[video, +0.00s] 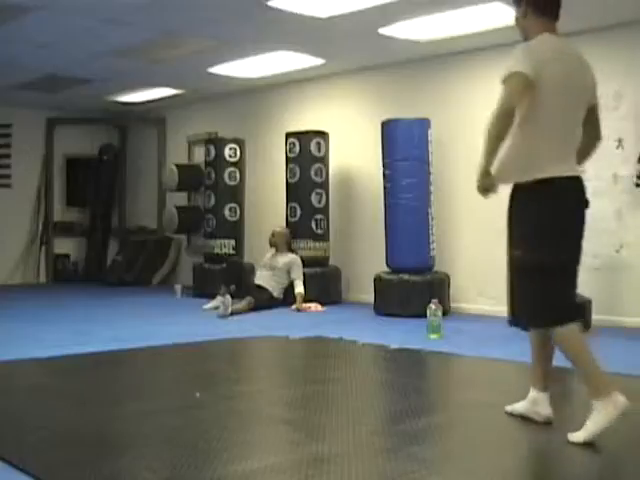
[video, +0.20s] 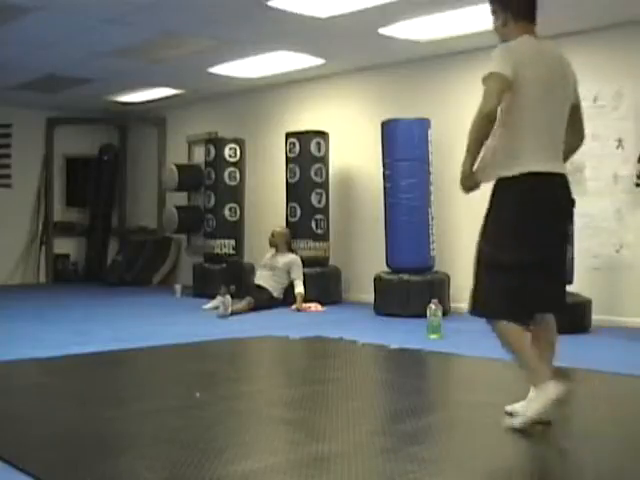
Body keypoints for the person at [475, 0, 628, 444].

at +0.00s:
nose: (516, 23)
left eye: (518, 15)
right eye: (517, 15)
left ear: (528, 13)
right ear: (556, 15)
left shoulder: (530, 54)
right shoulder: (579, 62)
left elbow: (505, 111)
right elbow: (592, 133)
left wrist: (485, 165)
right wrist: (562, 168)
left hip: (535, 192)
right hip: (568, 190)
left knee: (546, 302)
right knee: (542, 299)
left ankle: (606, 396)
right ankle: (538, 397)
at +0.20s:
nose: (494, 28)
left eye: (495, 19)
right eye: (495, 20)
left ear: (504, 17)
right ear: (533, 17)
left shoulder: (509, 53)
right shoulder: (561, 61)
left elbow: (487, 111)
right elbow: (576, 135)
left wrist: (467, 167)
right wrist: (542, 165)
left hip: (516, 189)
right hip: (555, 188)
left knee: (493, 300)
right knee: (544, 298)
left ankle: (543, 383)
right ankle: (540, 399)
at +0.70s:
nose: (435, 37)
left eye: (436, 30)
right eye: (437, 30)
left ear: (445, 27)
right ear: (473, 27)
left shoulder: (438, 65)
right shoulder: (503, 67)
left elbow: (422, 121)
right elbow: (534, 127)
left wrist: (419, 177)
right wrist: (505, 162)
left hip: (460, 192)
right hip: (502, 189)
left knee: (451, 291)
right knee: (512, 285)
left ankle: (446, 387)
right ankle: (537, 376)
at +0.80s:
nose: (423, 36)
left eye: (425, 28)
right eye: (425, 28)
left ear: (434, 26)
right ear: (461, 28)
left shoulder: (423, 64)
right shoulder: (491, 67)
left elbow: (403, 120)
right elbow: (517, 127)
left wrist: (407, 174)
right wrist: (487, 158)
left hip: (449, 192)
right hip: (490, 187)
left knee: (445, 289)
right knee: (499, 280)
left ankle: (445, 386)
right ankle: (530, 359)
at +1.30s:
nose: (378, 51)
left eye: (378, 44)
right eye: (378, 45)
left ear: (390, 39)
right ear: (413, 38)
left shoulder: (388, 74)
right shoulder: (447, 76)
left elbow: (384, 128)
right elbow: (485, 129)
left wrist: (374, 186)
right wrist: (473, 177)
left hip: (413, 197)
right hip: (447, 194)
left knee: (431, 294)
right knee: (424, 286)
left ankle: (445, 386)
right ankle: (419, 365)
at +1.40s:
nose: (369, 55)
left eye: (371, 46)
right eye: (367, 47)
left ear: (389, 41)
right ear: (404, 42)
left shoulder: (383, 76)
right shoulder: (439, 80)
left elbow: (376, 131)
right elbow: (472, 141)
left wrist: (360, 185)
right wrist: (449, 179)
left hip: (403, 199)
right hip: (436, 197)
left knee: (425, 294)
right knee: (413, 288)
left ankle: (444, 385)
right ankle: (400, 366)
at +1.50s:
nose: (362, 55)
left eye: (365, 47)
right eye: (360, 48)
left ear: (389, 41)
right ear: (394, 46)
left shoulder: (381, 76)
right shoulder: (429, 83)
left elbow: (375, 129)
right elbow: (456, 145)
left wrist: (358, 183)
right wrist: (431, 180)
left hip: (397, 197)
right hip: (425, 196)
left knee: (419, 291)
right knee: (402, 288)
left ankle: (443, 382)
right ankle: (395, 368)